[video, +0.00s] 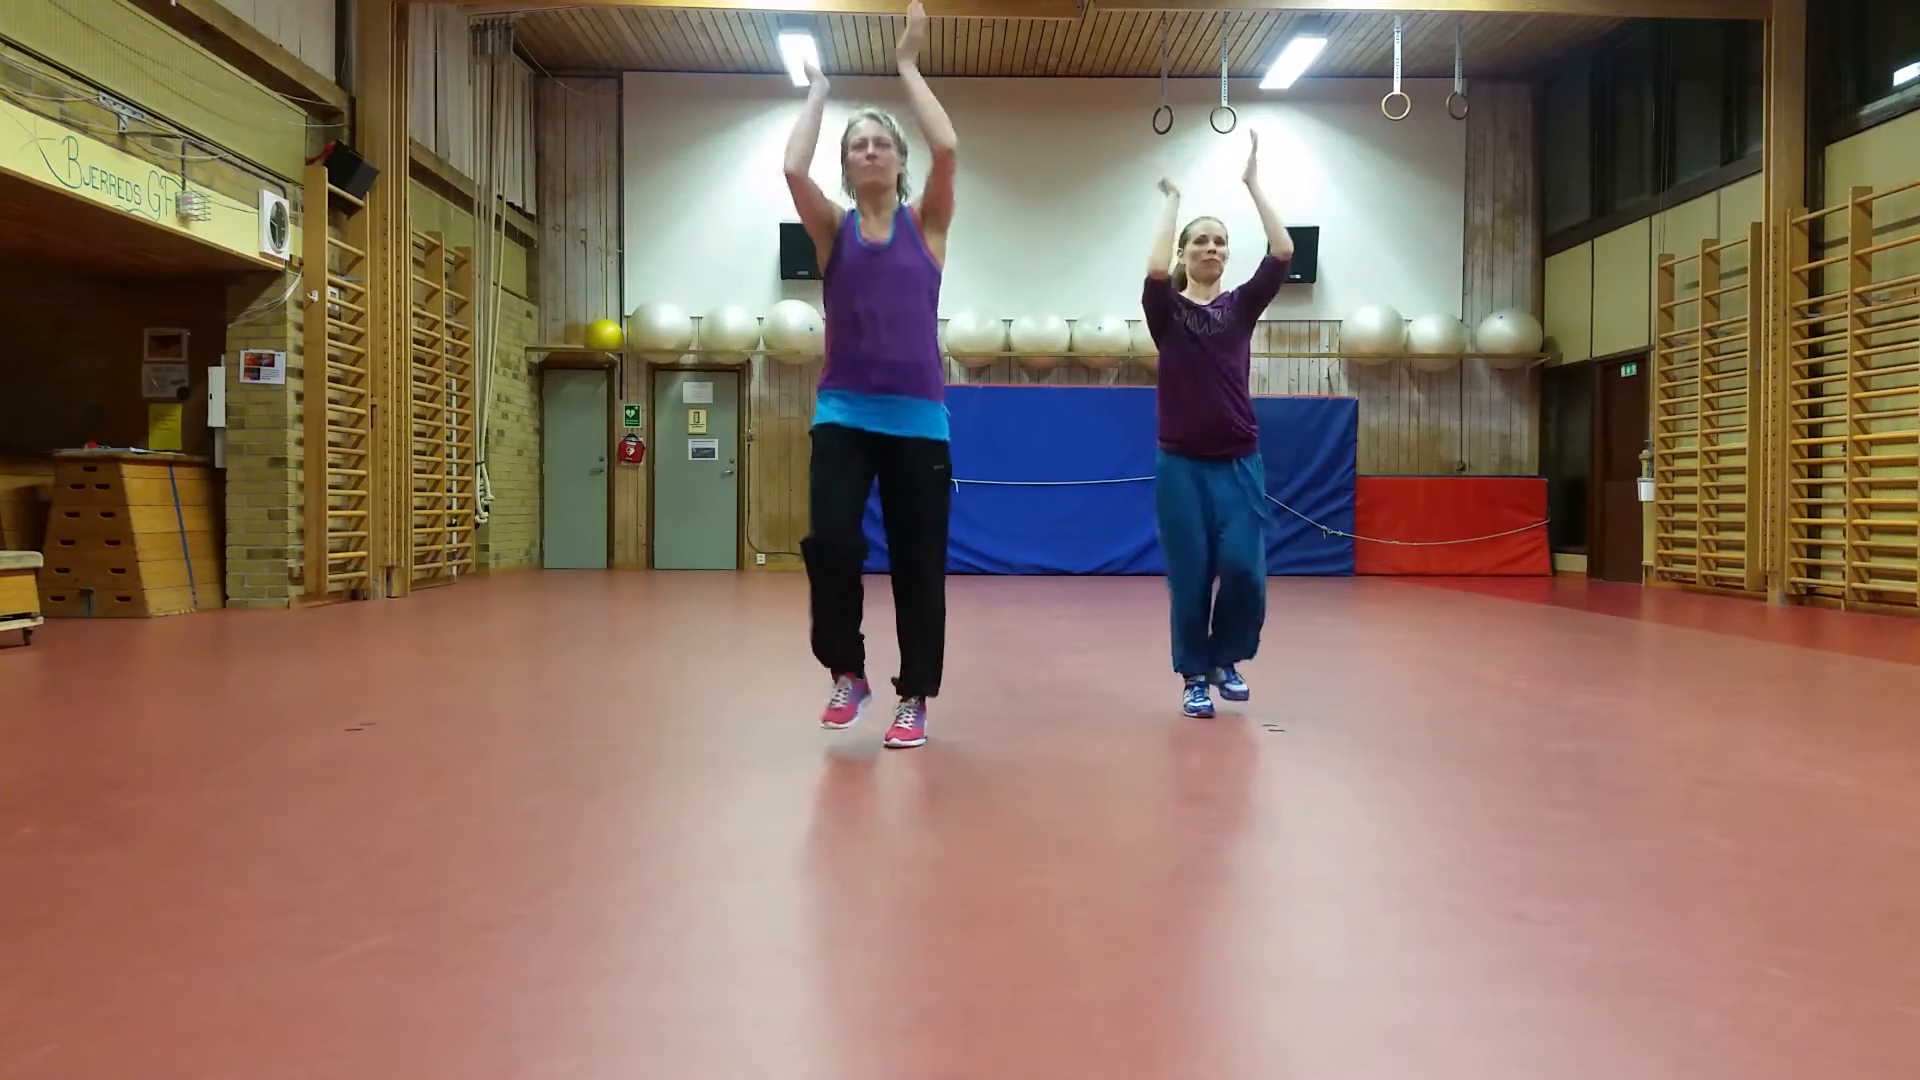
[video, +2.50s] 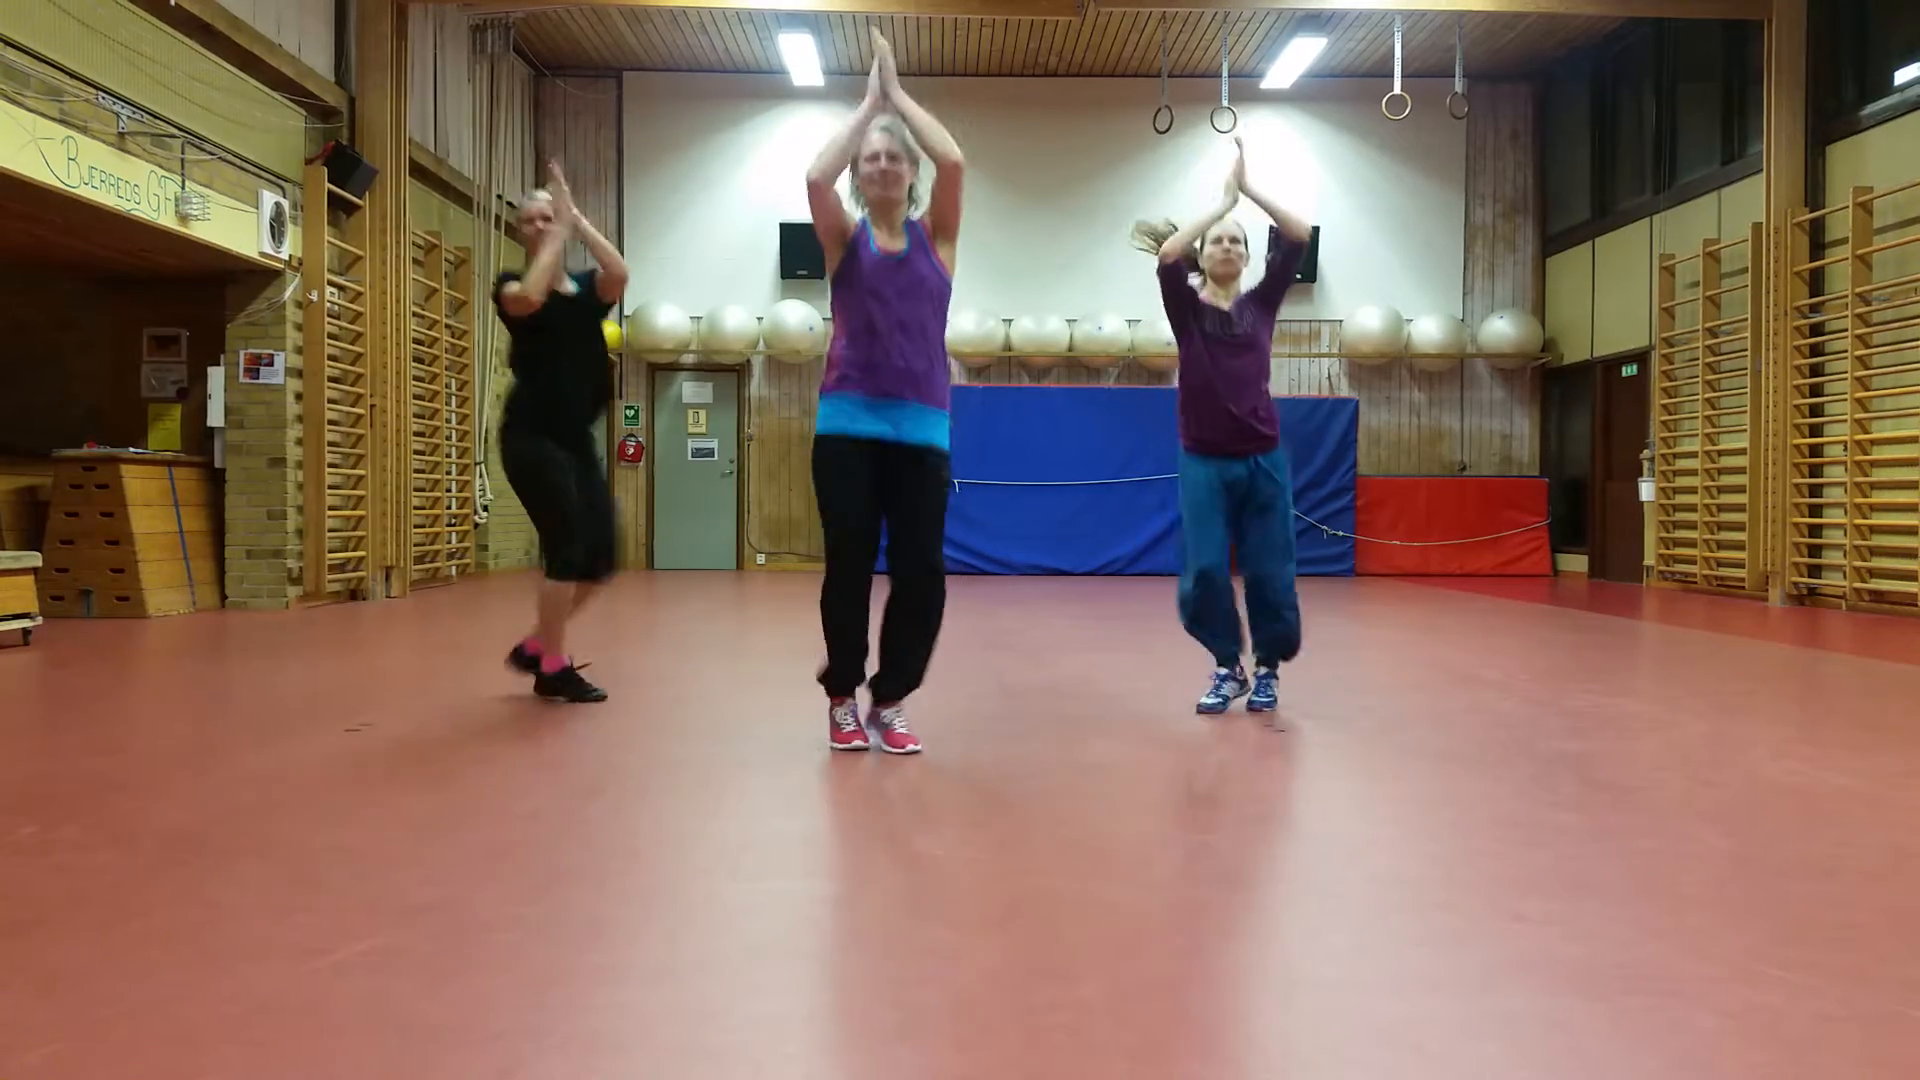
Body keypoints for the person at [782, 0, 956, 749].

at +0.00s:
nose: (870, 151)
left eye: (881, 144)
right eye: (858, 146)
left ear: (901, 161)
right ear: (844, 164)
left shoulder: (926, 225)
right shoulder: (834, 228)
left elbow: (946, 146)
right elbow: (795, 171)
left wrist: (907, 67)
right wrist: (817, 90)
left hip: (917, 415)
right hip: (842, 412)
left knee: (917, 561)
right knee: (830, 545)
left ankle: (915, 698)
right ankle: (846, 677)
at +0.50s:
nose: (874, 150)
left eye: (883, 144)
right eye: (862, 145)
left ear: (901, 163)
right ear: (844, 164)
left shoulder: (924, 222)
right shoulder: (833, 226)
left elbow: (945, 139)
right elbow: (823, 153)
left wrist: (894, 77)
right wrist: (871, 80)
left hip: (922, 416)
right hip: (851, 417)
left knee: (921, 562)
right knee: (849, 561)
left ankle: (918, 693)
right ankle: (854, 697)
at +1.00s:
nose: (873, 173)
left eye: (885, 167)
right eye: (862, 166)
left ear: (904, 185)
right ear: (849, 185)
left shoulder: (928, 249)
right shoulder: (835, 250)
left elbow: (952, 168)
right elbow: (805, 181)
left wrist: (896, 102)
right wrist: (861, 106)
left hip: (913, 440)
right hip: (840, 437)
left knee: (914, 580)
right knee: (840, 578)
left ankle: (891, 701)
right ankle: (846, 703)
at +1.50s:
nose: (891, 169)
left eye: (902, 160)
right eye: (879, 162)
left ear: (923, 175)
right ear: (867, 177)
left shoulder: (948, 236)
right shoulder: (853, 239)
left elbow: (981, 167)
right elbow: (804, 188)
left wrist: (923, 96)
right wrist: (855, 112)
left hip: (941, 428)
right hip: (865, 428)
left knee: (941, 572)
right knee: (834, 564)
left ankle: (934, 703)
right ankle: (862, 689)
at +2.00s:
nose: (889, 151)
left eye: (900, 143)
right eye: (878, 144)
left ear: (919, 160)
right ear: (861, 160)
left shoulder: (940, 222)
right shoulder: (847, 226)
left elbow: (977, 157)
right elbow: (821, 169)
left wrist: (946, 67)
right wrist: (836, 90)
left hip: (934, 413)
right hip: (860, 415)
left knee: (947, 550)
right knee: (860, 558)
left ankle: (930, 682)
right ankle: (868, 697)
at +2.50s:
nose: (883, 166)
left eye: (894, 157)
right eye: (871, 157)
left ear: (912, 172)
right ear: (855, 172)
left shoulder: (935, 239)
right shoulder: (845, 239)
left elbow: (952, 160)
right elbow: (818, 180)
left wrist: (898, 93)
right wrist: (867, 103)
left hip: (921, 425)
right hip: (849, 421)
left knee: (921, 571)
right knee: (849, 565)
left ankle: (890, 702)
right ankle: (844, 695)